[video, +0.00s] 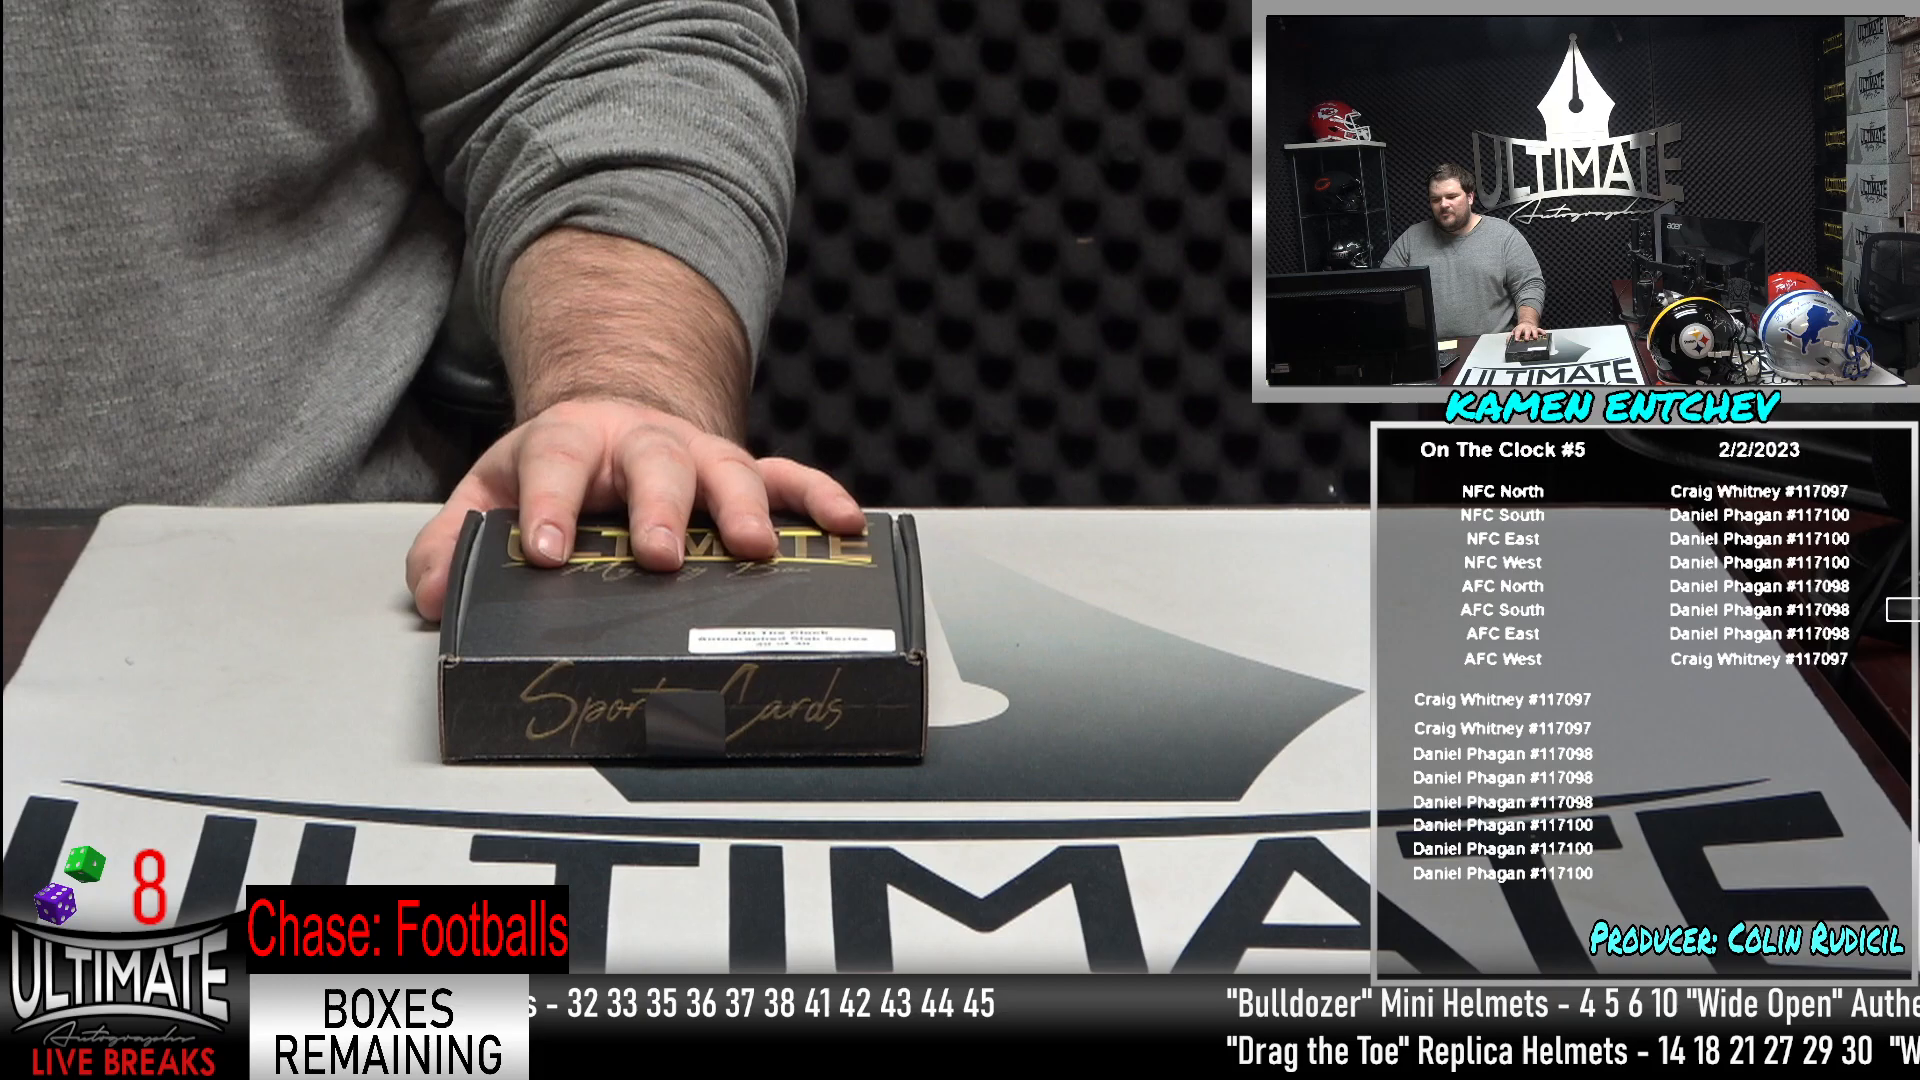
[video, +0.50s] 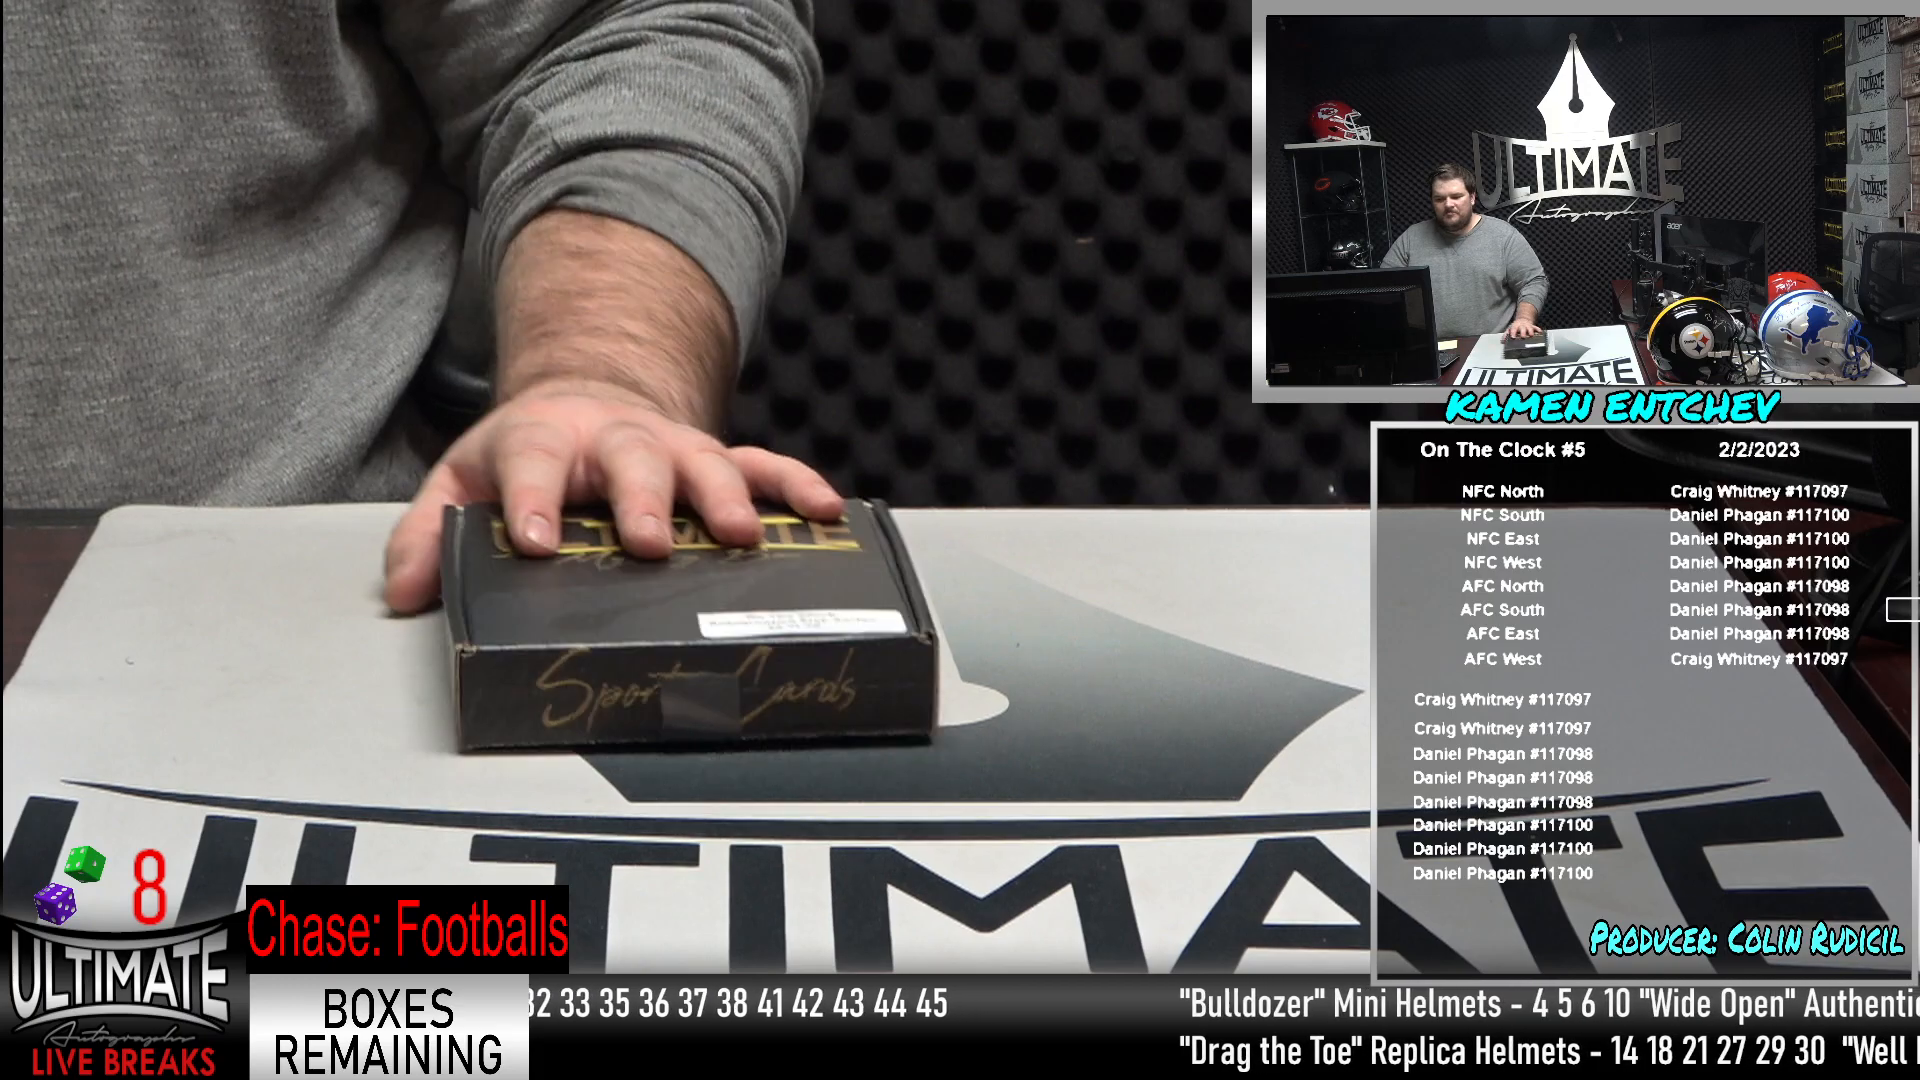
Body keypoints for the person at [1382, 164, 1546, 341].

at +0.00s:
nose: (1444, 204)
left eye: (1452, 196)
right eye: (1436, 199)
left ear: (1470, 197)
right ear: (1430, 203)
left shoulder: (1503, 235)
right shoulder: (1412, 239)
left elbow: (1529, 283)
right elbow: (1383, 286)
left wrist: (1527, 322)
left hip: (1494, 352)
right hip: (1429, 356)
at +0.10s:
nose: (1444, 204)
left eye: (1452, 196)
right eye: (1436, 199)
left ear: (1470, 197)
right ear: (1430, 203)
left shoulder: (1503, 235)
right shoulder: (1412, 239)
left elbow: (1529, 283)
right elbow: (1383, 286)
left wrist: (1527, 322)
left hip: (1494, 352)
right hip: (1429, 356)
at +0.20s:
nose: (1445, 204)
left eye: (1453, 196)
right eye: (1437, 198)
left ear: (1470, 197)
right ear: (1430, 202)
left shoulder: (1503, 235)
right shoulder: (1412, 239)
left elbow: (1529, 283)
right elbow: (1383, 285)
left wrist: (1527, 321)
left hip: (1495, 351)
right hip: (1430, 355)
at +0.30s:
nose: (1445, 205)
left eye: (1453, 196)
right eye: (1437, 199)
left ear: (1470, 197)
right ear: (1430, 203)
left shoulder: (1503, 235)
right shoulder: (1412, 239)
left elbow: (1529, 283)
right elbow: (1383, 286)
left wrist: (1527, 321)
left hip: (1495, 351)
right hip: (1430, 355)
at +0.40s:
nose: (1445, 205)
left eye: (1453, 196)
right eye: (1437, 199)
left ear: (1470, 197)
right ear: (1430, 203)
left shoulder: (1503, 235)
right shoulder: (1412, 239)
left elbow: (1529, 283)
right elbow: (1383, 286)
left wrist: (1527, 321)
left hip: (1495, 351)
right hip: (1430, 355)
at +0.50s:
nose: (1449, 204)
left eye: (1456, 196)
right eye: (1440, 198)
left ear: (1472, 197)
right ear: (1432, 202)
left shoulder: (1503, 236)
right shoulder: (1412, 239)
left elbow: (1534, 280)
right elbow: (1383, 285)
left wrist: (1524, 318)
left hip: (1494, 353)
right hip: (1430, 357)